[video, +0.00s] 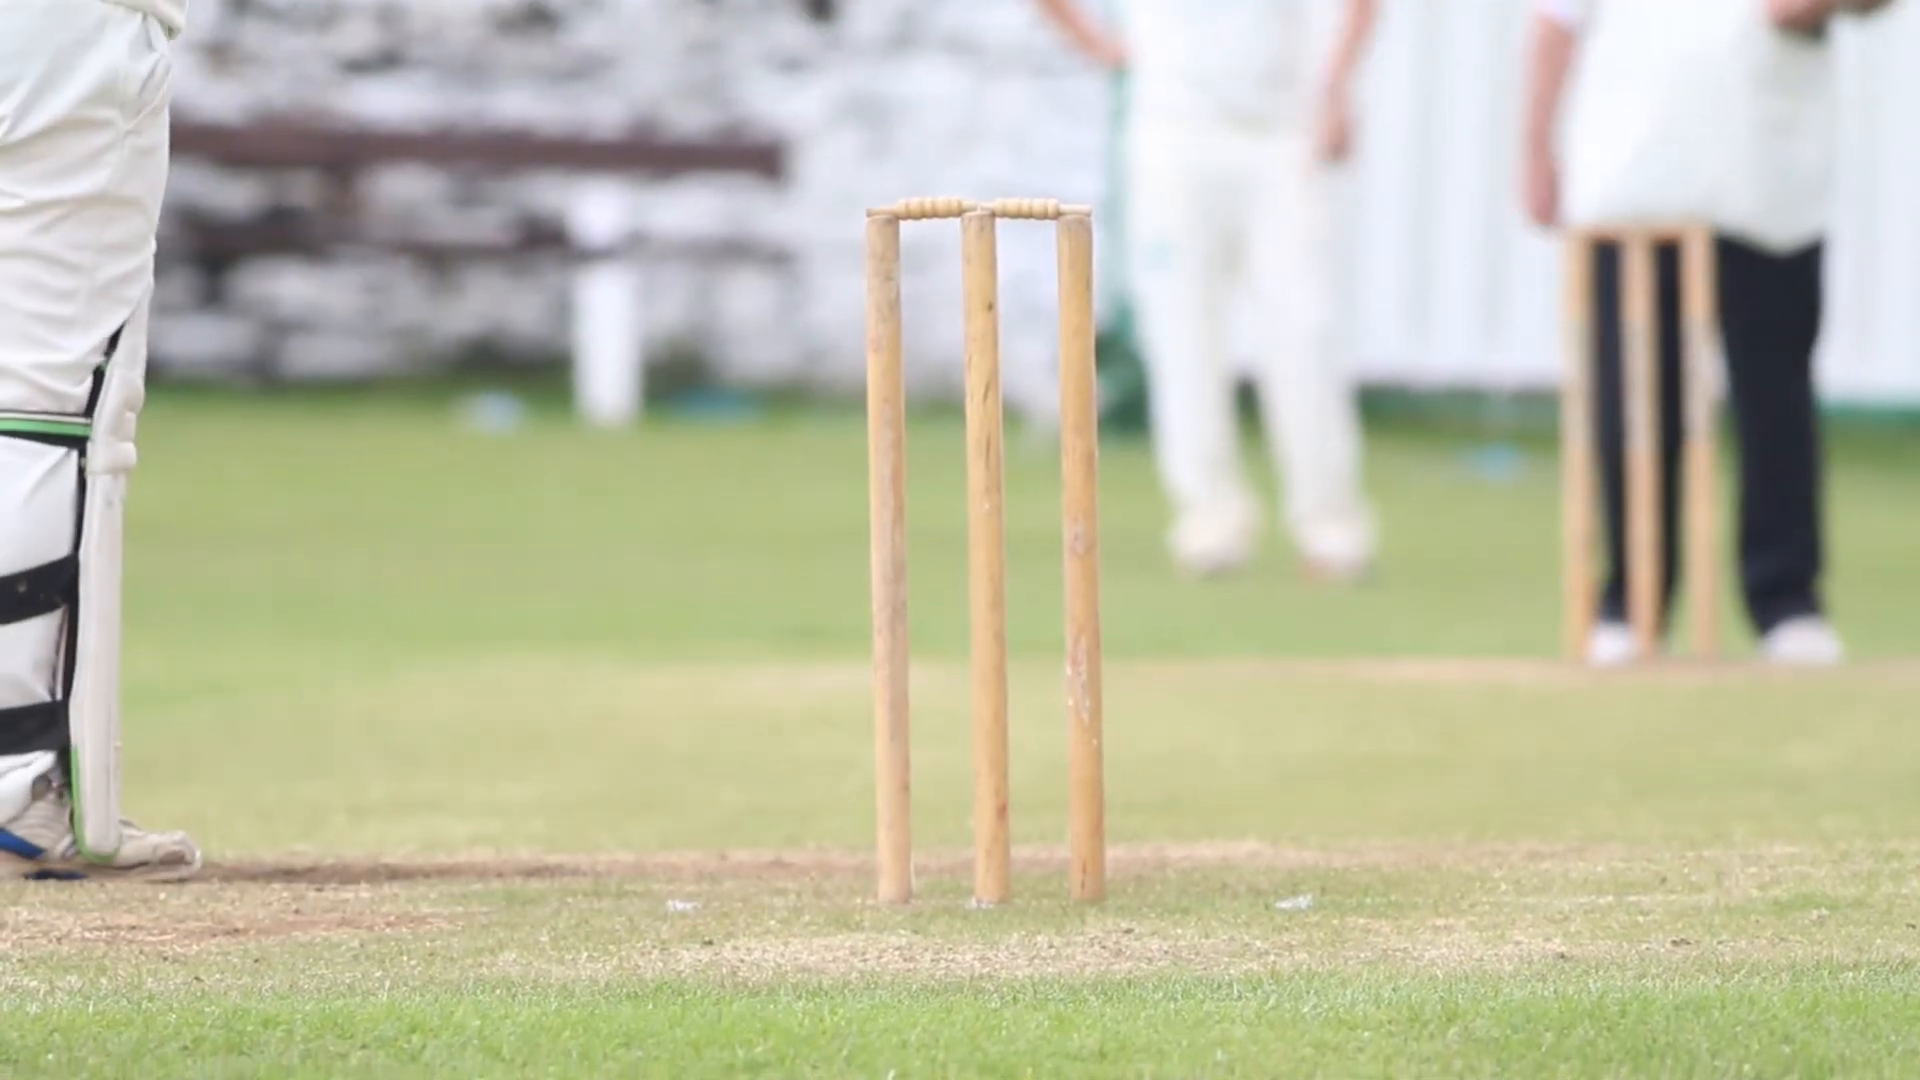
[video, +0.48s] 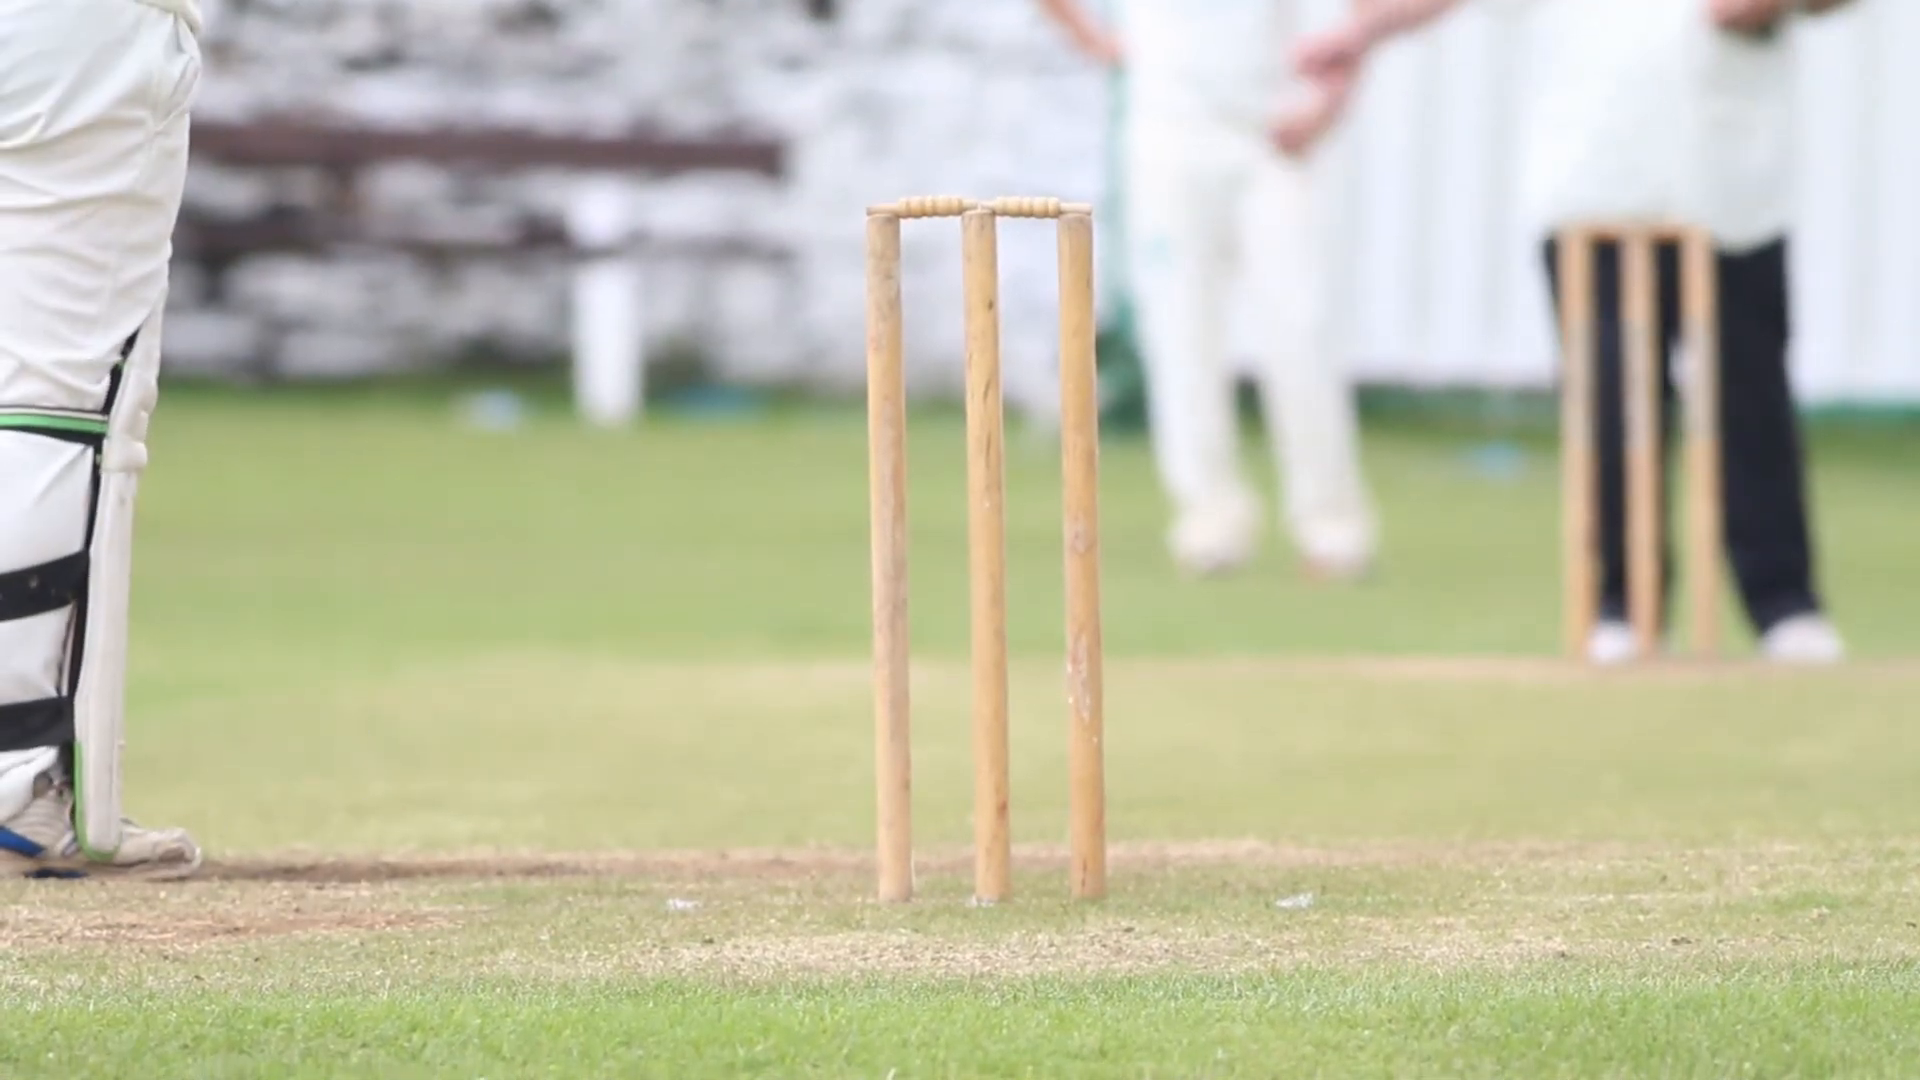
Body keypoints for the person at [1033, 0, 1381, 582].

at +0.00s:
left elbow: (1364, 5)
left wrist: (1334, 89)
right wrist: (1101, 44)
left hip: (1290, 115)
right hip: (1172, 110)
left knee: (1304, 325)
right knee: (1179, 326)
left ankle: (1330, 522)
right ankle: (1210, 518)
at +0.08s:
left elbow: (1342, 12)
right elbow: (1046, 4)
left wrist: (1330, 123)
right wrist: (1099, 41)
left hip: (1285, 126)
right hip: (1171, 121)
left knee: (1303, 326)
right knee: (1179, 327)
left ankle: (1329, 520)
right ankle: (1210, 515)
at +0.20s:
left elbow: (1322, 20)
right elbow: (1047, 4)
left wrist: (1316, 149)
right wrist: (1102, 44)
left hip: (1274, 128)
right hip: (1169, 126)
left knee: (1303, 328)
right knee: (1180, 329)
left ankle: (1330, 521)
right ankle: (1210, 516)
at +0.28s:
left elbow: (1319, 27)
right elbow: (1048, 4)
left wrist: (1319, 155)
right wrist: (1102, 44)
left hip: (1278, 128)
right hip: (1170, 127)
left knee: (1303, 327)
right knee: (1181, 329)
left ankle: (1330, 520)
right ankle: (1210, 515)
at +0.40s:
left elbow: (1350, 21)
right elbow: (1048, 5)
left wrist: (1320, 131)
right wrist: (1103, 44)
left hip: (1281, 123)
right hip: (1170, 122)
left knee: (1300, 331)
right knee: (1180, 332)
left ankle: (1331, 520)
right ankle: (1211, 517)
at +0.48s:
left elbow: (1366, 21)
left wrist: (1326, 97)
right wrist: (1096, 39)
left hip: (1287, 117)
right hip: (1169, 114)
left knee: (1299, 326)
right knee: (1178, 328)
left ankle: (1330, 521)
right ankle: (1210, 516)